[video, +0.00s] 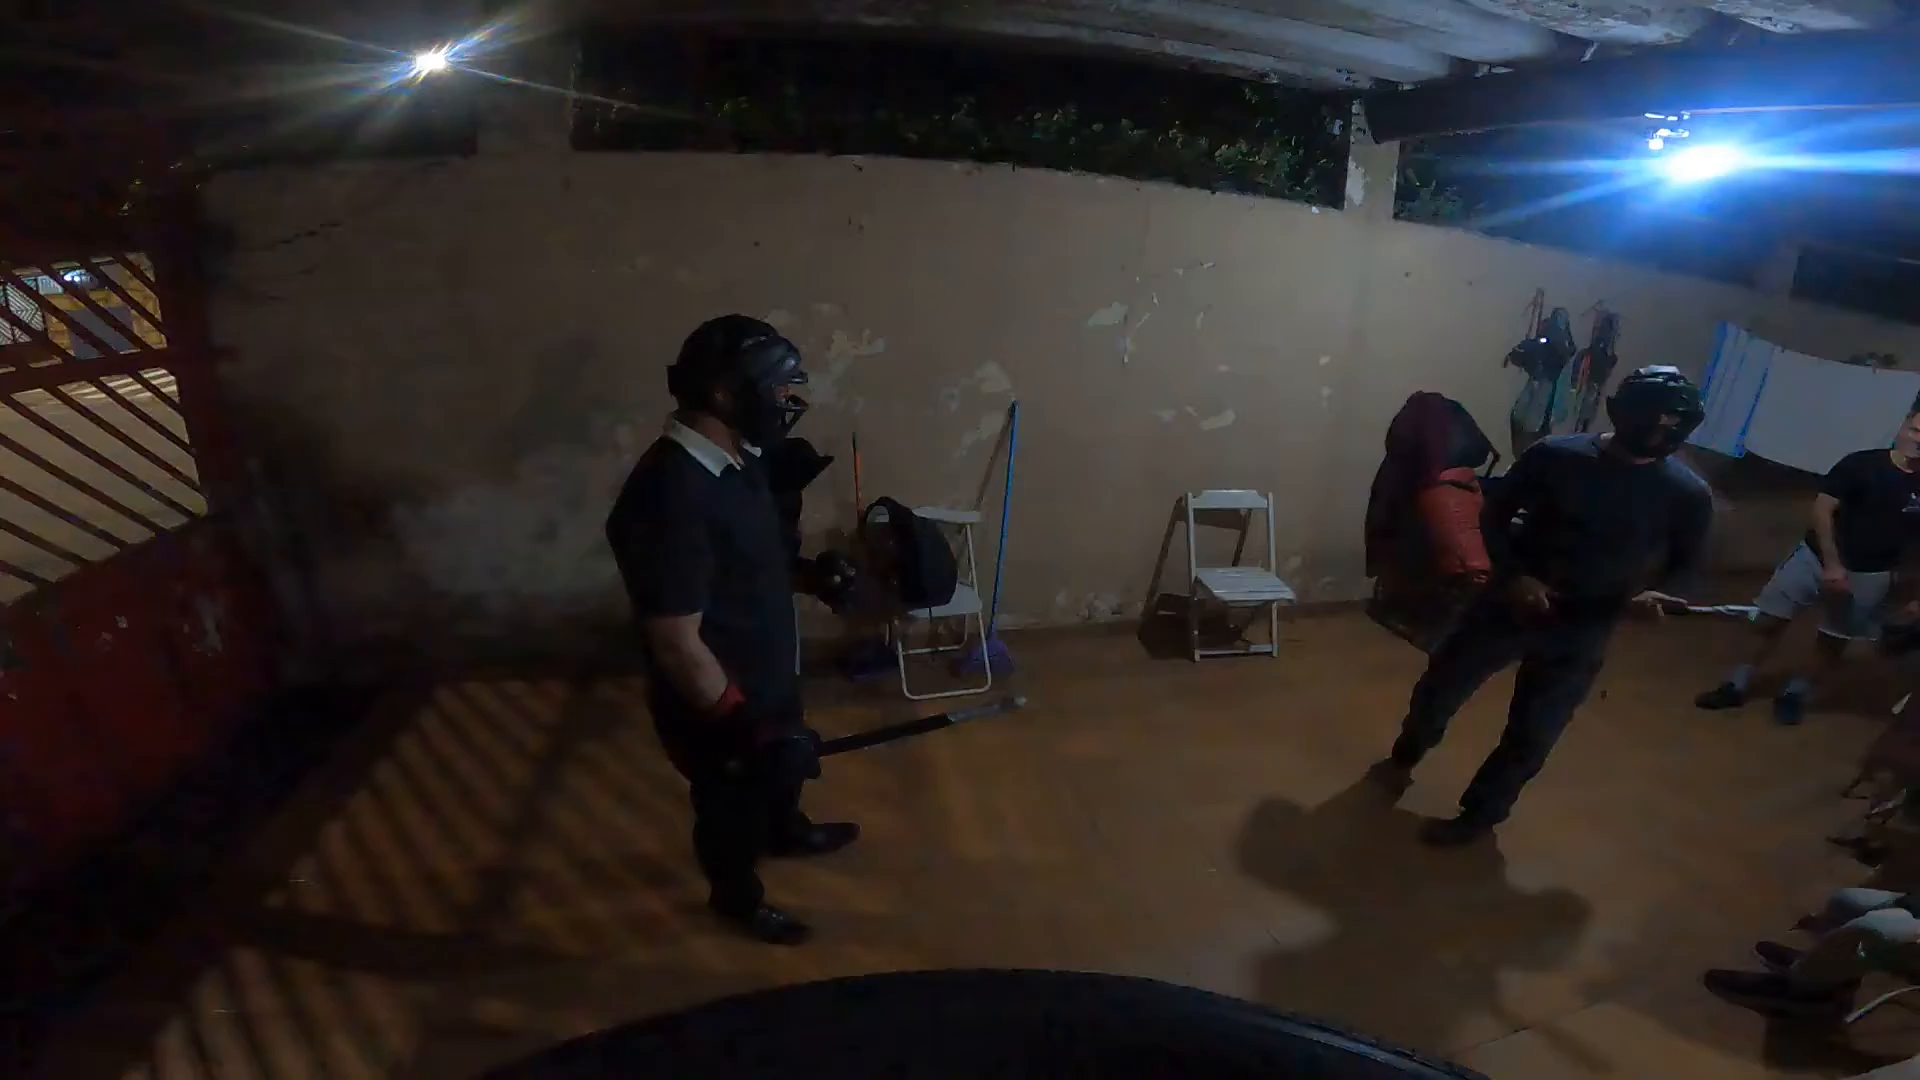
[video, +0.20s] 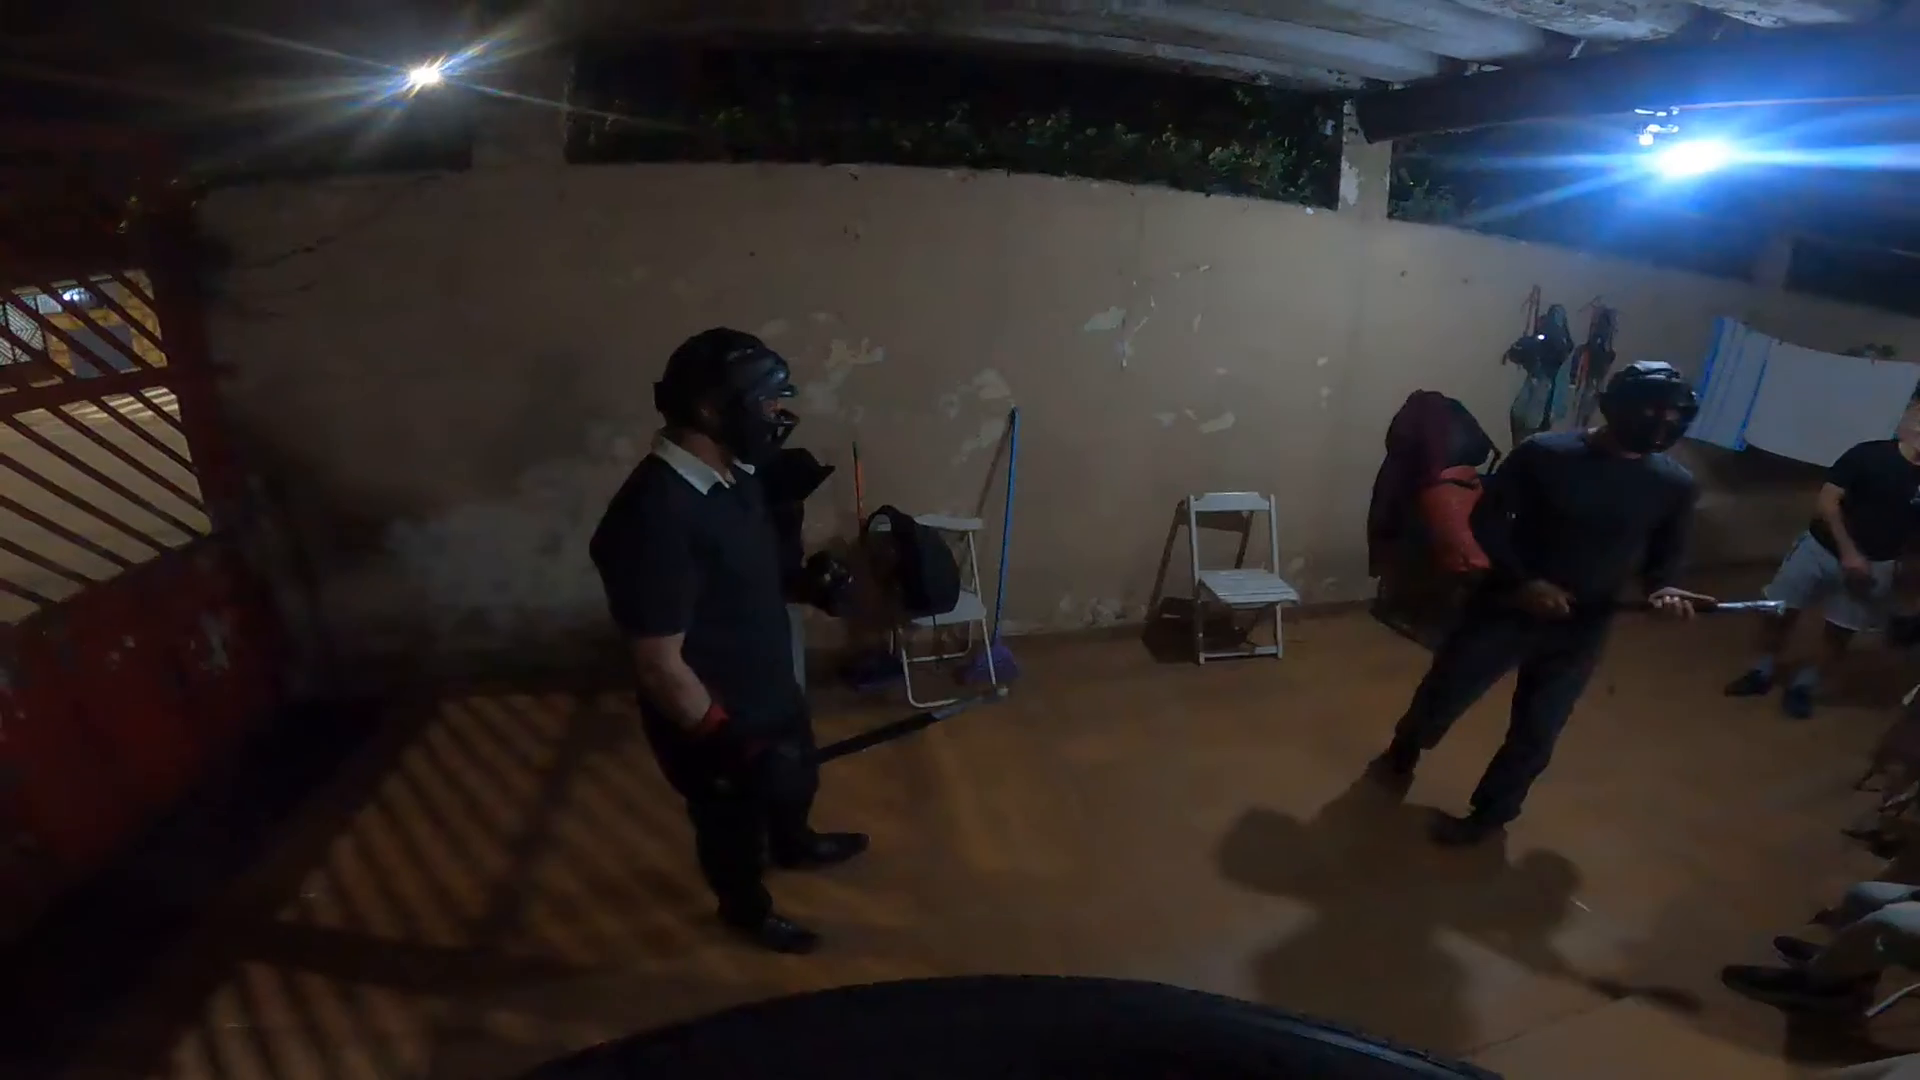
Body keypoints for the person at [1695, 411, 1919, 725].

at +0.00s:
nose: (1916, 437)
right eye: (1913, 428)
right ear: (1901, 428)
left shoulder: (1913, 489)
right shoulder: (1860, 464)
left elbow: (1914, 550)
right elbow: (1822, 507)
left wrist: (1913, 597)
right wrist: (1832, 563)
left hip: (1869, 574)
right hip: (1818, 556)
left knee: (1832, 644)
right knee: (1768, 616)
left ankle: (1798, 692)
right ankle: (1739, 683)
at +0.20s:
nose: (1918, 427)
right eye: (1915, 418)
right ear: (1904, 422)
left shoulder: (1915, 480)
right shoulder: (1868, 455)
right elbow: (1827, 500)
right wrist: (1849, 552)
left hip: (1874, 567)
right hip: (1821, 548)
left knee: (1839, 632)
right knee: (1777, 607)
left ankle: (1805, 684)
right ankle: (1763, 669)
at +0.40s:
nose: (1912, 428)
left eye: (1919, 424)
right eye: (1909, 418)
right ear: (1897, 415)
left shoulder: (1915, 475)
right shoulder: (1853, 450)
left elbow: (1915, 534)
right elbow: (1817, 491)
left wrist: (1899, 583)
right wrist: (1804, 544)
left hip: (1861, 559)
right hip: (1817, 542)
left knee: (1833, 624)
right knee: (1761, 588)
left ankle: (1802, 682)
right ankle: (1748, 655)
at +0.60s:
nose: (1860, 414)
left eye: (1871, 410)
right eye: (1855, 405)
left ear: (1886, 418)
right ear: (1846, 406)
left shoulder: (1889, 463)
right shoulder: (1812, 440)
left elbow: (1879, 522)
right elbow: (1773, 478)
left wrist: (1840, 563)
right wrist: (1757, 521)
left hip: (1825, 550)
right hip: (1779, 535)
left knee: (1803, 616)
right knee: (1735, 584)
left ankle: (1780, 676)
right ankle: (1709, 646)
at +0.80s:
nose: (1806, 406)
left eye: (1816, 401)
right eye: (1801, 398)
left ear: (1835, 403)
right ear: (1795, 398)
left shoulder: (1845, 448)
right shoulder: (1773, 432)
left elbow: (1830, 505)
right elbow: (1738, 471)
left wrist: (1796, 549)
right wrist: (1717, 513)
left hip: (1784, 539)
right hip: (1741, 526)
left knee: (1772, 607)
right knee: (1709, 581)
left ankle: (1764, 668)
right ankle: (1692, 641)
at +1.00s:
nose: (1748, 400)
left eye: (1757, 394)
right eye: (1743, 393)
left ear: (1778, 393)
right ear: (1738, 393)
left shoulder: (1795, 437)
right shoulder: (1727, 424)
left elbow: (1783, 493)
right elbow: (1698, 467)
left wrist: (1745, 532)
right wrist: (1674, 508)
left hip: (1745, 528)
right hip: (1699, 516)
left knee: (1743, 597)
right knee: (1677, 573)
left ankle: (1733, 658)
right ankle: (1668, 634)